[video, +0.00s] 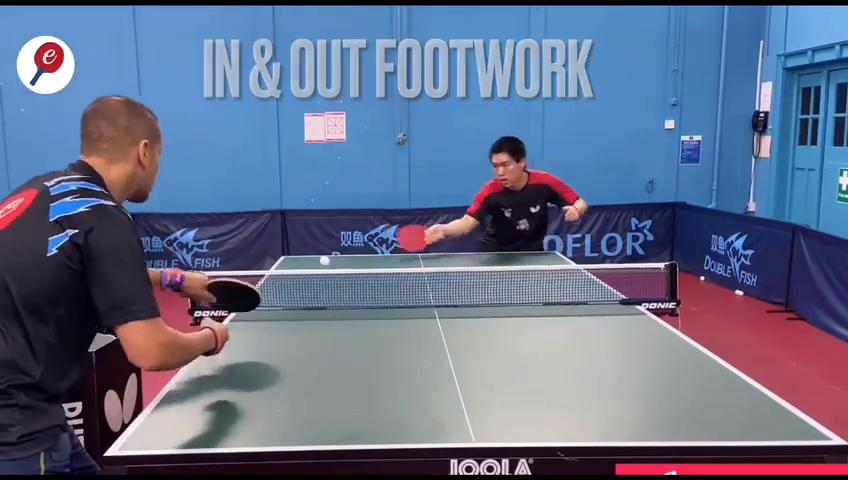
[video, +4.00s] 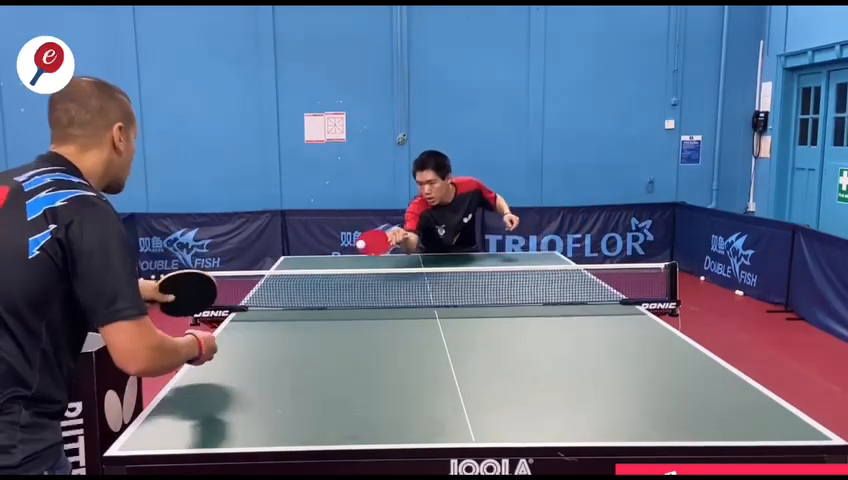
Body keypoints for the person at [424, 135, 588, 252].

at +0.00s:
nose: (500, 172)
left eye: (505, 165)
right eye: (496, 166)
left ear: (522, 163)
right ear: (492, 166)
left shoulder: (545, 182)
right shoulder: (489, 192)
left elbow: (581, 204)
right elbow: (466, 224)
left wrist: (576, 210)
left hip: (532, 255)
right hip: (494, 256)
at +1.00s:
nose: (505, 174)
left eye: (509, 166)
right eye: (499, 170)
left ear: (523, 162)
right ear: (496, 173)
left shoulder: (546, 176)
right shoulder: (512, 199)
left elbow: (540, 224)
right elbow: (510, 239)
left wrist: (498, 227)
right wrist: (490, 262)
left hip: (583, 254)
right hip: (548, 256)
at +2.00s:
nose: (631, 132)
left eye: (637, 126)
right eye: (625, 127)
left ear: (648, 128)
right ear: (618, 129)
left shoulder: (660, 156)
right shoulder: (603, 162)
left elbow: (676, 185)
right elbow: (578, 203)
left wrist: (672, 210)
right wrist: (603, 212)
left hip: (646, 241)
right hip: (607, 242)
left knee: (682, 292)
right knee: (581, 292)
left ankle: (712, 345)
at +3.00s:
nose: (473, 166)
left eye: (478, 158)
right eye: (467, 160)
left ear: (490, 155)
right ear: (462, 159)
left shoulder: (513, 167)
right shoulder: (457, 179)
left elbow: (539, 186)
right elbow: (447, 220)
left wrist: (528, 208)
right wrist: (455, 224)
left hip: (510, 233)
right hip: (476, 236)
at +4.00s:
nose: (426, 191)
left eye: (432, 183)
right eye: (420, 184)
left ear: (448, 179)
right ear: (416, 182)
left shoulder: (471, 187)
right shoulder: (417, 207)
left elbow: (495, 200)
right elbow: (412, 248)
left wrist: (506, 213)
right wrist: (404, 238)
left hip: (469, 265)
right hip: (434, 268)